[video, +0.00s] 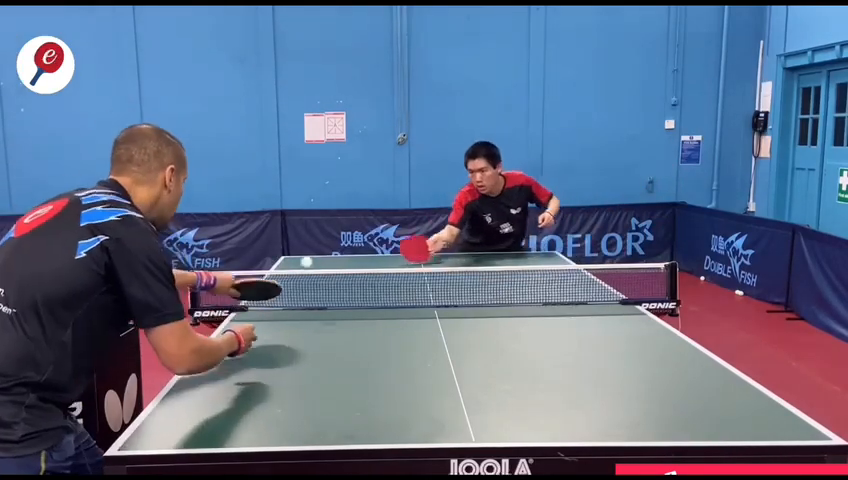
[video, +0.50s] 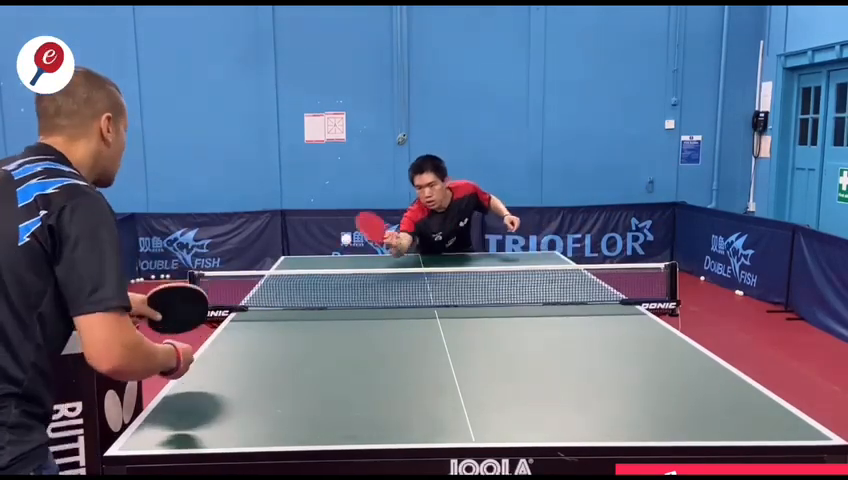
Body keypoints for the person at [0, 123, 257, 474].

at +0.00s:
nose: (180, 199)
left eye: (184, 188)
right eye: (183, 187)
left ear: (119, 168)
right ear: (168, 178)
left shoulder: (67, 206)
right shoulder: (130, 230)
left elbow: (124, 277)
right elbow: (183, 356)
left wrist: (206, 280)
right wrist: (230, 341)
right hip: (20, 422)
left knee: (92, 464)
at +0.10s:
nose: (169, 182)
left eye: (171, 171)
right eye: (171, 169)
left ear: (105, 155)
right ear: (157, 163)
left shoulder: (56, 196)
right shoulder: (115, 221)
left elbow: (98, 277)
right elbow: (169, 355)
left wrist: (191, 279)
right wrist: (221, 342)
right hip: (20, 421)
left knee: (87, 466)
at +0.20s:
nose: (152, 166)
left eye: (154, 154)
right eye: (154, 153)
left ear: (82, 145)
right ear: (136, 149)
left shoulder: (24, 193)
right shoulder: (100, 218)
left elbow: (70, 274)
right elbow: (152, 354)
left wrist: (164, 283)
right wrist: (206, 343)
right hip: (27, 445)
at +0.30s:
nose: (133, 154)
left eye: (135, 141)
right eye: (134, 141)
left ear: (60, 131)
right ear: (118, 137)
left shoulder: (8, 185)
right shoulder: (87, 213)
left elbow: (45, 290)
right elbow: (138, 355)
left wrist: (134, 291)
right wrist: (192, 346)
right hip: (21, 446)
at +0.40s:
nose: (123, 144)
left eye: (123, 131)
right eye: (123, 130)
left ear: (47, 125)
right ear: (105, 128)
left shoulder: (8, 177)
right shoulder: (79, 205)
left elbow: (34, 298)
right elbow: (125, 353)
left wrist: (120, 295)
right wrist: (182, 349)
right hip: (21, 443)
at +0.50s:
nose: (123, 149)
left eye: (126, 135)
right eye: (124, 134)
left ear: (48, 125)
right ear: (106, 128)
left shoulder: (8, 174)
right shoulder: (77, 202)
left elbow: (30, 294)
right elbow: (112, 353)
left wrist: (116, 303)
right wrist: (168, 357)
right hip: (15, 442)